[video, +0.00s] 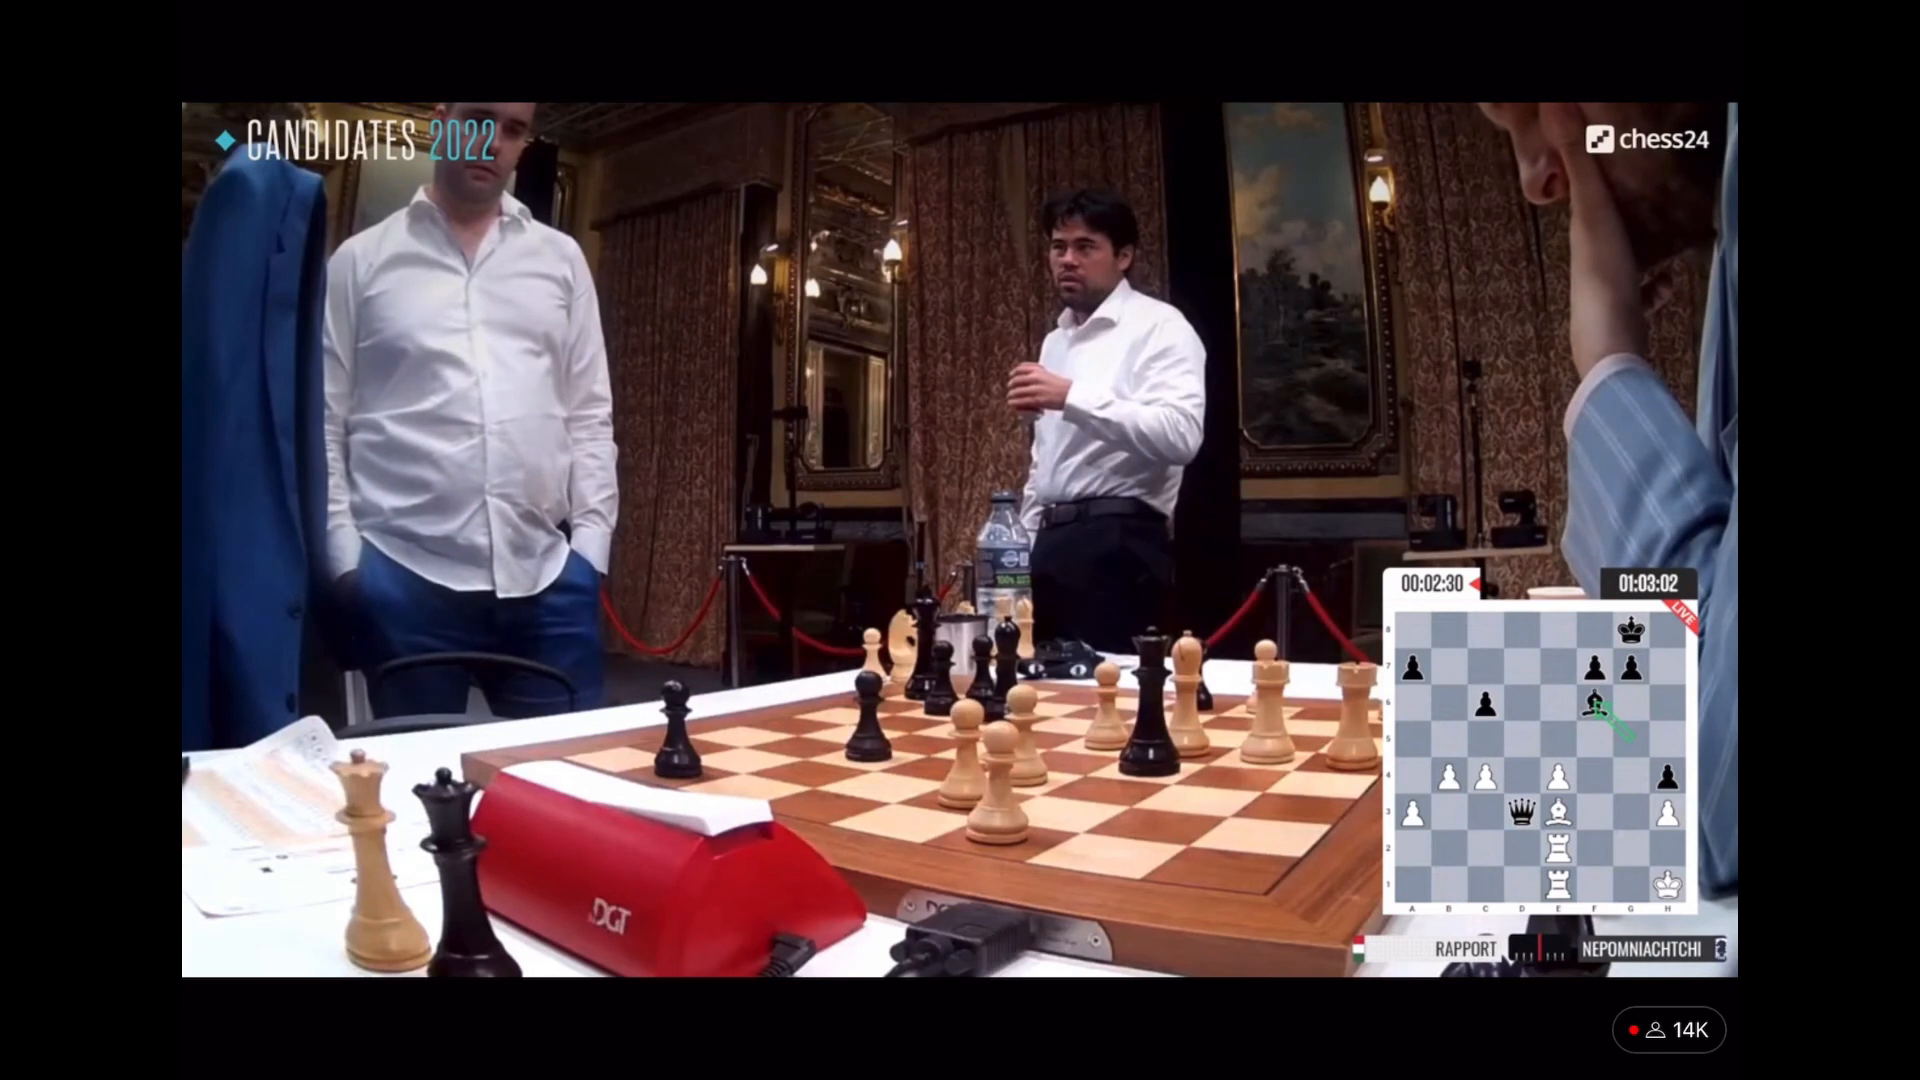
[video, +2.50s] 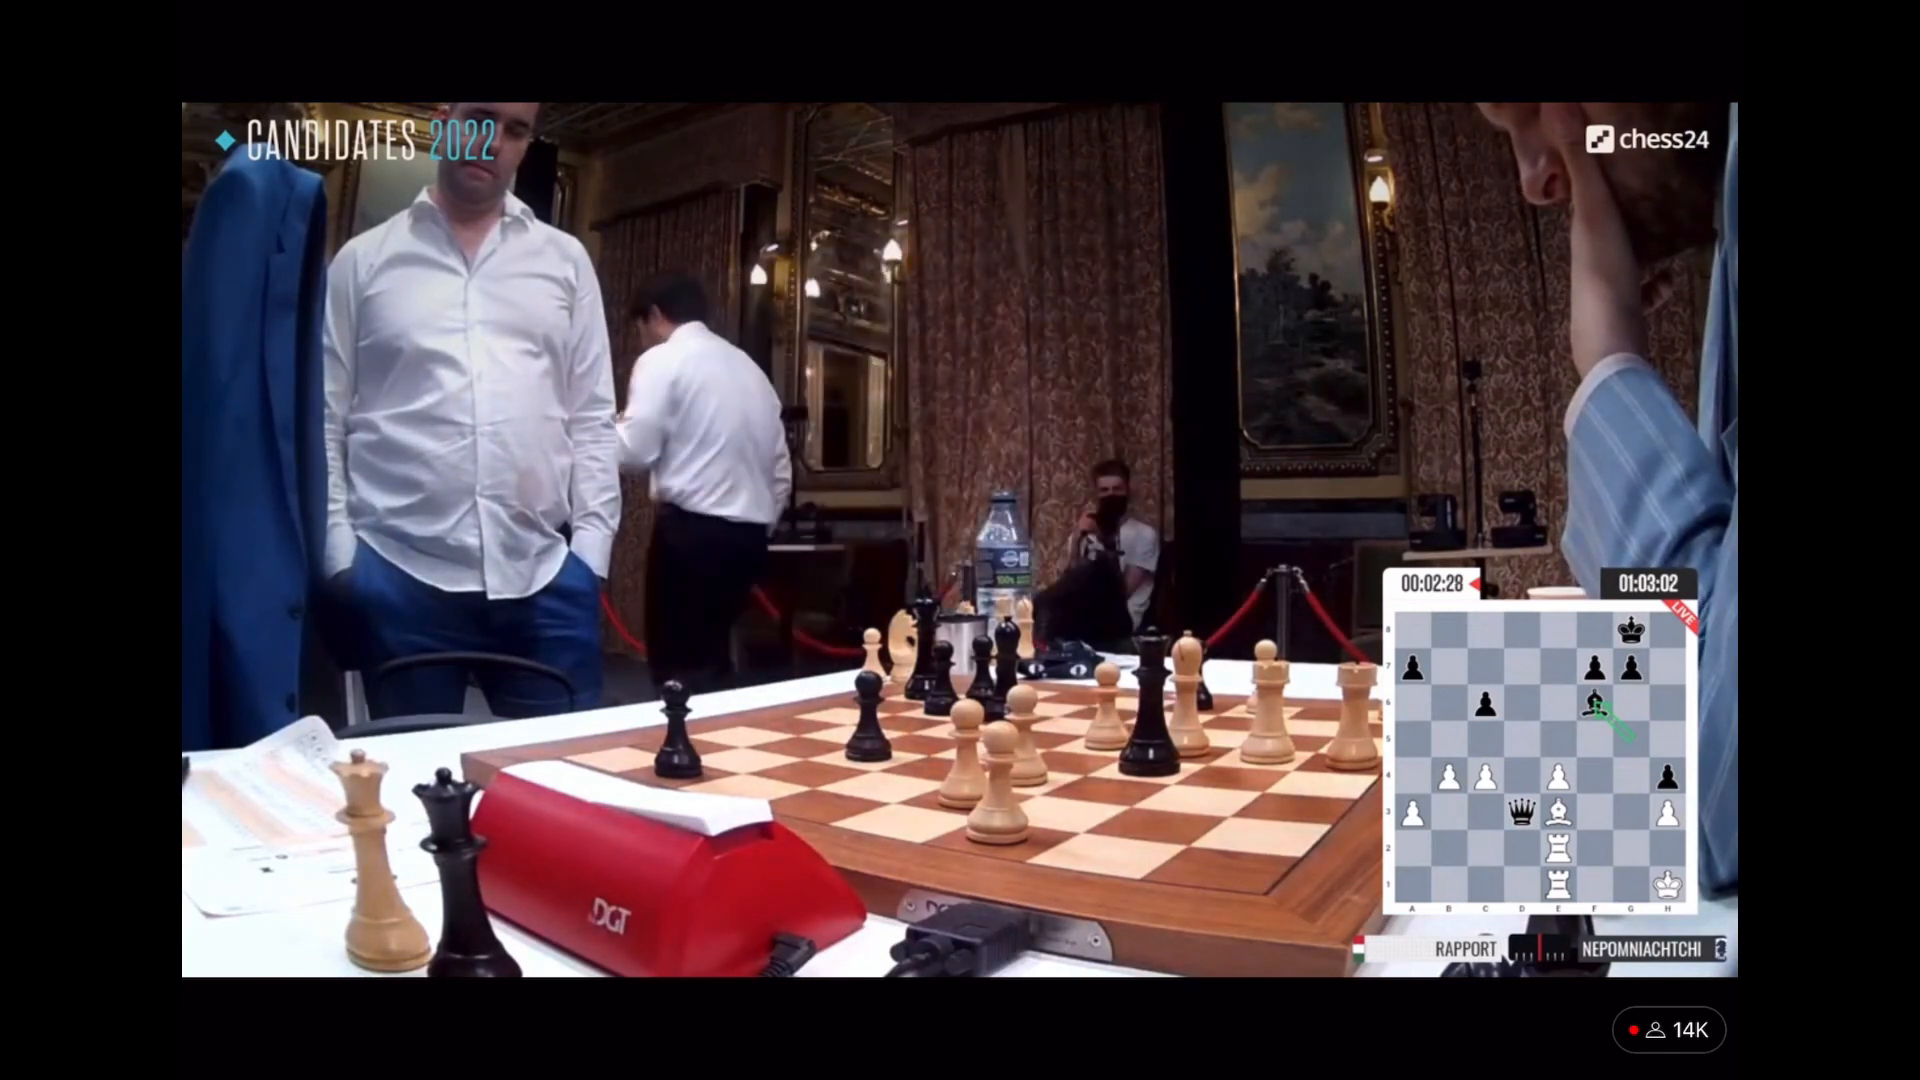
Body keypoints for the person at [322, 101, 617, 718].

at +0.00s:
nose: (490, 145)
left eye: (512, 130)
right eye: (476, 121)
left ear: (528, 144)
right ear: (439, 119)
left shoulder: (561, 259)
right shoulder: (360, 262)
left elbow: (590, 416)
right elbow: (325, 420)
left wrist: (589, 549)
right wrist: (346, 562)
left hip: (549, 583)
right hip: (406, 586)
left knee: (575, 789)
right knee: (418, 792)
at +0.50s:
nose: (489, 144)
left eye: (511, 130)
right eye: (475, 120)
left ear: (528, 144)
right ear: (439, 120)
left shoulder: (563, 259)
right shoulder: (360, 263)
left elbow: (592, 416)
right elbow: (325, 420)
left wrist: (590, 550)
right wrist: (343, 562)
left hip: (549, 584)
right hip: (403, 586)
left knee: (575, 787)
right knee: (417, 792)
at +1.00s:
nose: (490, 144)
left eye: (513, 130)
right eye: (477, 120)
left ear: (528, 144)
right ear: (440, 119)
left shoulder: (565, 258)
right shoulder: (361, 262)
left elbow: (593, 417)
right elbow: (324, 420)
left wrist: (590, 552)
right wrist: (342, 561)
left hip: (548, 584)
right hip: (402, 585)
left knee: (571, 790)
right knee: (415, 793)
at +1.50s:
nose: (492, 144)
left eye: (515, 130)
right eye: (479, 120)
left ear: (530, 145)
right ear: (442, 120)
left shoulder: (566, 259)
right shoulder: (362, 262)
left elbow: (594, 417)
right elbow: (325, 421)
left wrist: (589, 553)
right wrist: (342, 562)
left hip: (548, 584)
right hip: (402, 586)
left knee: (570, 789)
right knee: (414, 793)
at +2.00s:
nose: (490, 144)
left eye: (514, 131)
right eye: (477, 120)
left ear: (530, 146)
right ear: (441, 121)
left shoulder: (565, 260)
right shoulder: (362, 263)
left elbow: (594, 417)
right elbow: (325, 419)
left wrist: (589, 554)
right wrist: (342, 561)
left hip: (547, 584)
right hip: (402, 586)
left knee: (572, 788)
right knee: (414, 791)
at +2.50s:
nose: (490, 144)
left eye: (513, 131)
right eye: (477, 120)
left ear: (530, 145)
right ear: (441, 121)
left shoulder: (565, 260)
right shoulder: (362, 262)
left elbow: (592, 417)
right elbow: (326, 418)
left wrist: (588, 553)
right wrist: (341, 560)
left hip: (546, 583)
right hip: (401, 585)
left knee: (570, 786)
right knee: (412, 789)